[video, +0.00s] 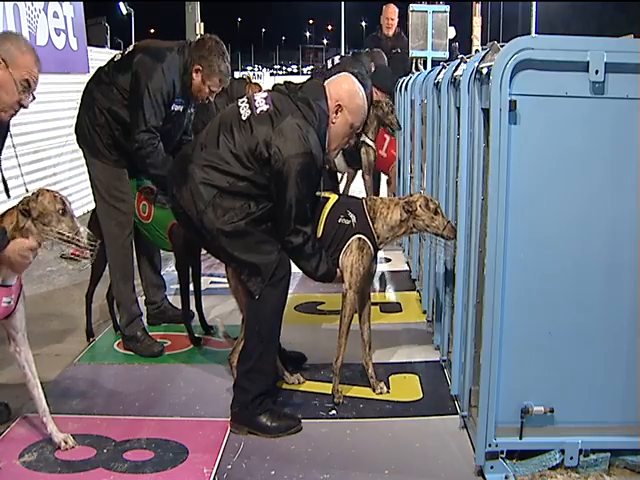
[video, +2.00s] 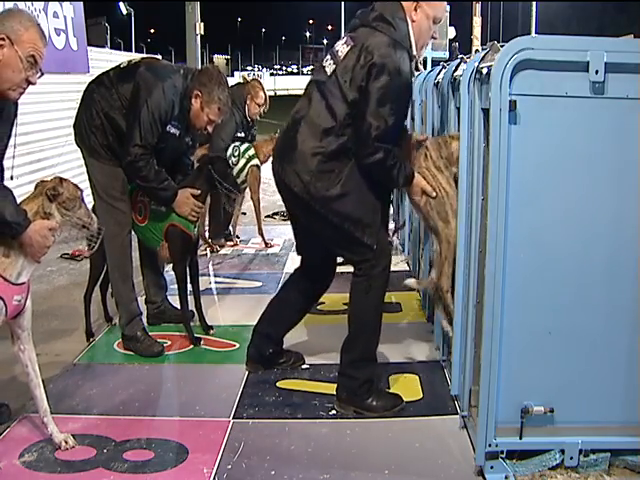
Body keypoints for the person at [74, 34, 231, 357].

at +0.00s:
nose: (210, 97)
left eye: (215, 92)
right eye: (210, 90)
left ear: (200, 70)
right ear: (195, 72)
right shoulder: (157, 72)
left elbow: (184, 139)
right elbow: (143, 141)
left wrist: (197, 177)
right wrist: (177, 183)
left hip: (138, 134)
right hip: (103, 132)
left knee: (145, 220)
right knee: (119, 222)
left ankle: (157, 304)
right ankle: (130, 324)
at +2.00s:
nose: (210, 129)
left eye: (215, 124)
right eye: (210, 121)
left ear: (197, 98)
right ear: (195, 99)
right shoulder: (159, 92)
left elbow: (179, 158)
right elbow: (135, 156)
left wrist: (186, 192)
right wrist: (171, 196)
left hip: (137, 132)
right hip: (100, 130)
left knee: (147, 216)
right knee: (118, 222)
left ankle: (157, 305)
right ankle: (131, 326)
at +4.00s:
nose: (211, 87)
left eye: (216, 81)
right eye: (209, 79)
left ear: (196, 60)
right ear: (191, 61)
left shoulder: (192, 77)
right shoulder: (150, 67)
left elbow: (183, 129)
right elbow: (135, 135)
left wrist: (192, 155)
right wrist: (176, 159)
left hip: (142, 139)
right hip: (104, 136)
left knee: (155, 212)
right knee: (131, 212)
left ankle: (158, 303)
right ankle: (131, 323)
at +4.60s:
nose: (240, 71)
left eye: (245, 65)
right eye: (238, 63)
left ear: (230, 50)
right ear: (220, 46)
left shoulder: (221, 70)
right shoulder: (182, 54)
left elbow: (216, 122)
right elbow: (169, 120)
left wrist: (223, 145)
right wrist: (208, 149)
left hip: (183, 144)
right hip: (142, 139)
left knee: (199, 217)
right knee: (152, 219)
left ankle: (210, 301)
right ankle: (134, 324)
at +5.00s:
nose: (272, 52)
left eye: (275, 45)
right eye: (270, 44)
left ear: (261, 39)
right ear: (256, 37)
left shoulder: (257, 56)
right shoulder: (222, 42)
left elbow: (252, 108)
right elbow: (208, 106)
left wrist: (255, 138)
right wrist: (241, 141)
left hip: (209, 134)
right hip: (173, 127)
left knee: (214, 212)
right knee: (190, 213)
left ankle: (211, 300)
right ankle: (169, 315)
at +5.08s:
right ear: (263, 23)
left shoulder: (259, 47)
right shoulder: (226, 38)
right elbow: (215, 106)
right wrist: (251, 142)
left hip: (208, 134)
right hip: (179, 129)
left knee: (217, 216)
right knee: (199, 220)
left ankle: (213, 300)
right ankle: (202, 322)